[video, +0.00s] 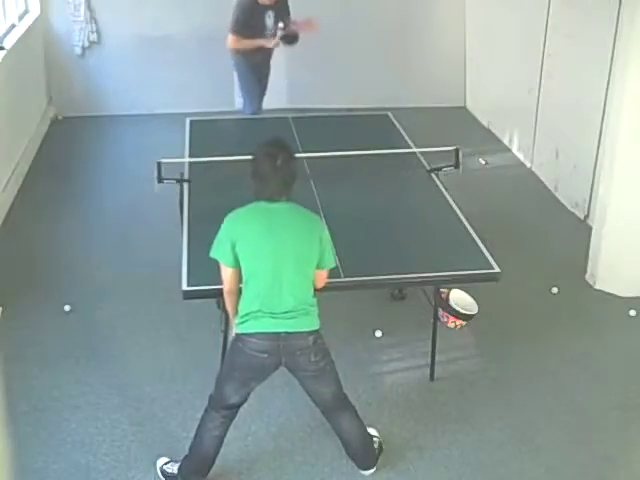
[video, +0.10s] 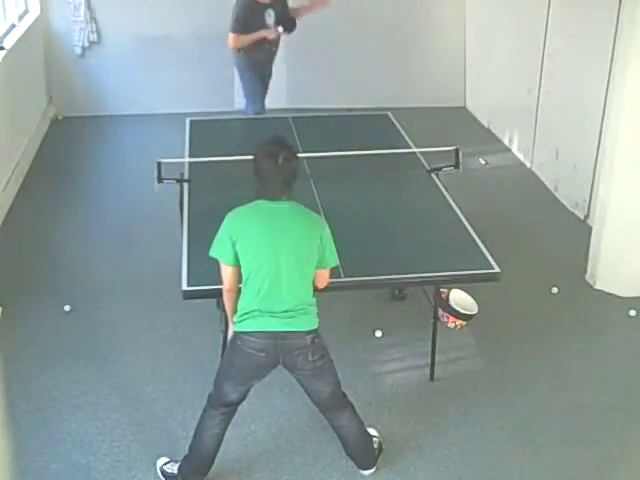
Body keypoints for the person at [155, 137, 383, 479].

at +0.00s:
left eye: (256, 171)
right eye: (285, 171)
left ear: (254, 177)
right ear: (292, 177)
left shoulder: (235, 221)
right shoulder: (313, 222)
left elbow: (230, 285)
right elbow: (320, 280)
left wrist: (236, 322)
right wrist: (290, 277)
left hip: (254, 340)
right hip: (305, 339)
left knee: (221, 409)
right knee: (336, 403)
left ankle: (189, 472)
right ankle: (367, 457)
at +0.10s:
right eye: (292, 167)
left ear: (256, 174)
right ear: (295, 175)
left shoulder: (236, 220)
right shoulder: (315, 222)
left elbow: (229, 285)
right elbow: (322, 280)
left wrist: (233, 323)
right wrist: (293, 275)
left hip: (252, 339)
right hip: (303, 339)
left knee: (220, 408)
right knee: (335, 403)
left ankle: (189, 472)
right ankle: (367, 457)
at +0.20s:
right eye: (295, 168)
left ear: (258, 174)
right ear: (297, 175)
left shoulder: (237, 219)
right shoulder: (316, 222)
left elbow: (229, 284)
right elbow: (323, 283)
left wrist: (230, 324)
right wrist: (295, 270)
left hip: (250, 338)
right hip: (300, 339)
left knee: (219, 406)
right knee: (334, 402)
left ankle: (189, 471)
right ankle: (367, 456)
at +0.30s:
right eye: (300, 168)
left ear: (264, 173)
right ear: (303, 175)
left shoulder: (242, 217)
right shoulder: (321, 223)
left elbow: (230, 283)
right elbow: (328, 284)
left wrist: (229, 324)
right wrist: (300, 268)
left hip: (250, 337)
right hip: (301, 339)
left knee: (220, 406)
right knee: (334, 401)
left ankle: (187, 471)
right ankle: (366, 456)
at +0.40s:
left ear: (271, 172)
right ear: (309, 174)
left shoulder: (249, 216)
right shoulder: (327, 223)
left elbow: (233, 281)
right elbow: (333, 285)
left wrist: (229, 323)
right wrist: (303, 268)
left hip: (256, 337)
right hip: (309, 337)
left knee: (221, 405)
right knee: (337, 398)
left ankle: (179, 470)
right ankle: (366, 457)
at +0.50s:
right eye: (309, 168)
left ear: (274, 172)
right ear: (311, 174)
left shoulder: (252, 217)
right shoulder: (328, 224)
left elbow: (231, 279)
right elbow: (334, 284)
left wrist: (228, 318)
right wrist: (307, 258)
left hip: (259, 339)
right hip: (311, 339)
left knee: (220, 407)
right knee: (337, 398)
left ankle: (179, 475)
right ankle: (365, 457)